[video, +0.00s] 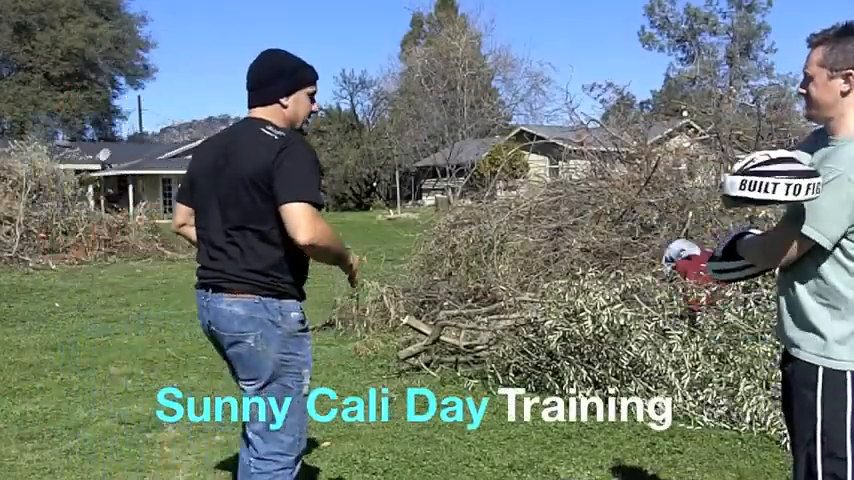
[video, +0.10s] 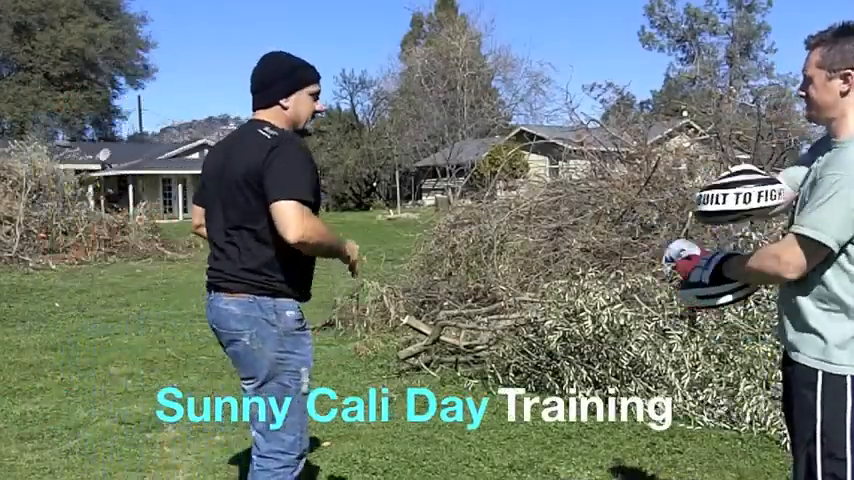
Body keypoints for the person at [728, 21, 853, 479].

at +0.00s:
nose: (801, 90)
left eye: (809, 80)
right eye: (803, 79)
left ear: (845, 84)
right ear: (840, 83)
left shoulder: (844, 161)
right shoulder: (817, 146)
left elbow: (780, 251)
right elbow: (777, 230)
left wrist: (737, 244)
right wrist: (723, 265)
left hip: (833, 354)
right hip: (806, 346)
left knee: (828, 469)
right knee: (811, 465)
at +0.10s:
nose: (801, 91)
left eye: (808, 80)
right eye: (803, 81)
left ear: (845, 83)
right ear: (842, 84)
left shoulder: (845, 163)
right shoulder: (828, 153)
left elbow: (790, 261)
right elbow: (773, 190)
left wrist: (717, 266)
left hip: (832, 361)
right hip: (811, 355)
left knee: (828, 471)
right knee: (813, 468)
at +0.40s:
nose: (792, 93)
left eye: (798, 81)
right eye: (793, 82)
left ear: (835, 85)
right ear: (834, 85)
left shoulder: (844, 166)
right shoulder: (833, 161)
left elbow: (839, 278)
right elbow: (805, 238)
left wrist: (741, 312)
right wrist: (737, 233)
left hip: (832, 370)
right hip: (814, 365)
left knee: (828, 471)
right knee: (812, 468)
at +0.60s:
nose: (778, 94)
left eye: (785, 84)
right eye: (779, 84)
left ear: (821, 88)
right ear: (822, 88)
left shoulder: (841, 166)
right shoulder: (827, 162)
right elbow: (830, 256)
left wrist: (793, 330)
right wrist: (777, 265)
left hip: (833, 376)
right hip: (817, 369)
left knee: (827, 471)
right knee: (812, 470)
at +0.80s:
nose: (764, 100)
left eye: (770, 88)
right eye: (765, 89)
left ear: (808, 90)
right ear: (809, 90)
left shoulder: (835, 170)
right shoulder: (818, 160)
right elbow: (826, 257)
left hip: (827, 372)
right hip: (806, 365)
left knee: (826, 470)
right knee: (807, 467)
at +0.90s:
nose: (759, 102)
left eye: (765, 90)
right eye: (760, 90)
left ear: (803, 90)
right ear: (805, 91)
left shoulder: (833, 167)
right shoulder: (818, 158)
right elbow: (826, 262)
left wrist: (828, 344)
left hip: (825, 373)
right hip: (806, 366)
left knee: (826, 472)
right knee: (809, 469)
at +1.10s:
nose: (758, 105)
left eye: (764, 92)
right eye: (759, 93)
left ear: (802, 90)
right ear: (804, 90)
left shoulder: (829, 160)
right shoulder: (825, 154)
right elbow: (826, 260)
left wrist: (793, 311)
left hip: (827, 377)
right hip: (819, 372)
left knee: (823, 472)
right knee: (817, 470)